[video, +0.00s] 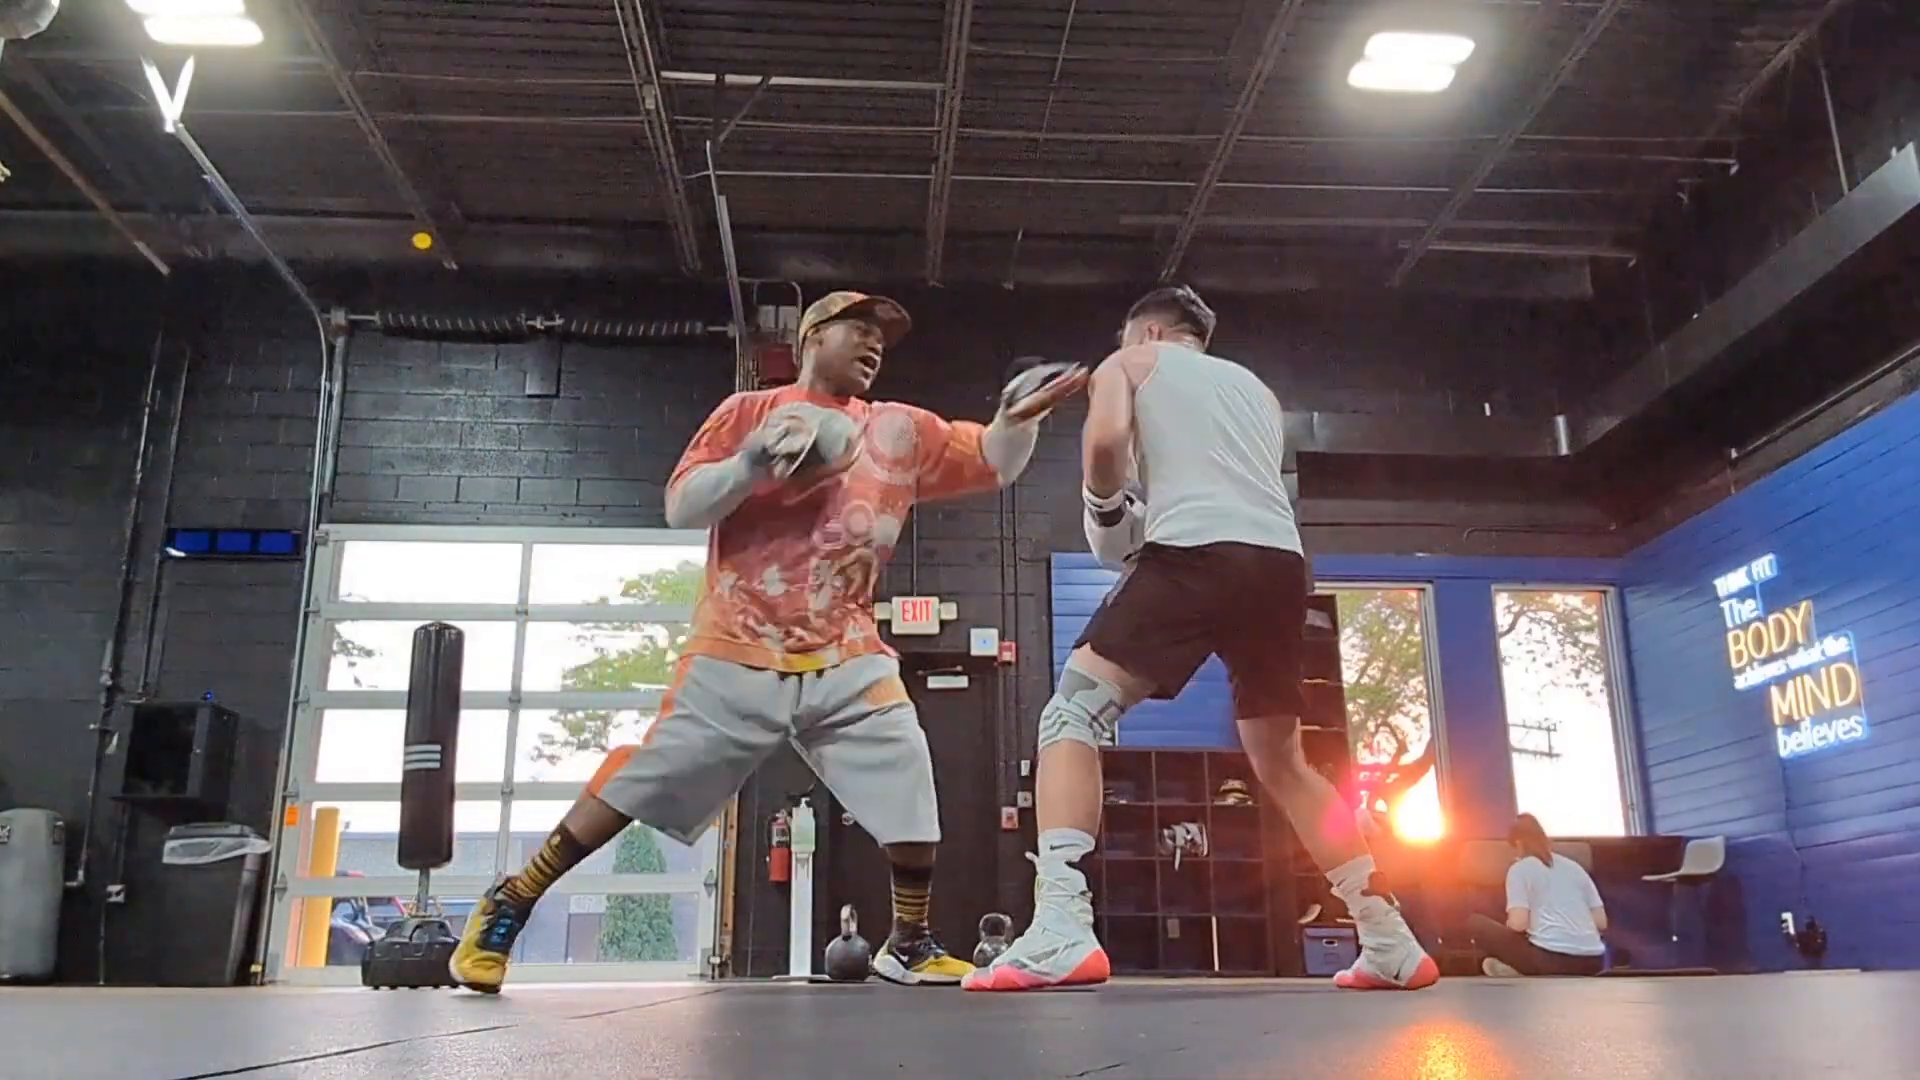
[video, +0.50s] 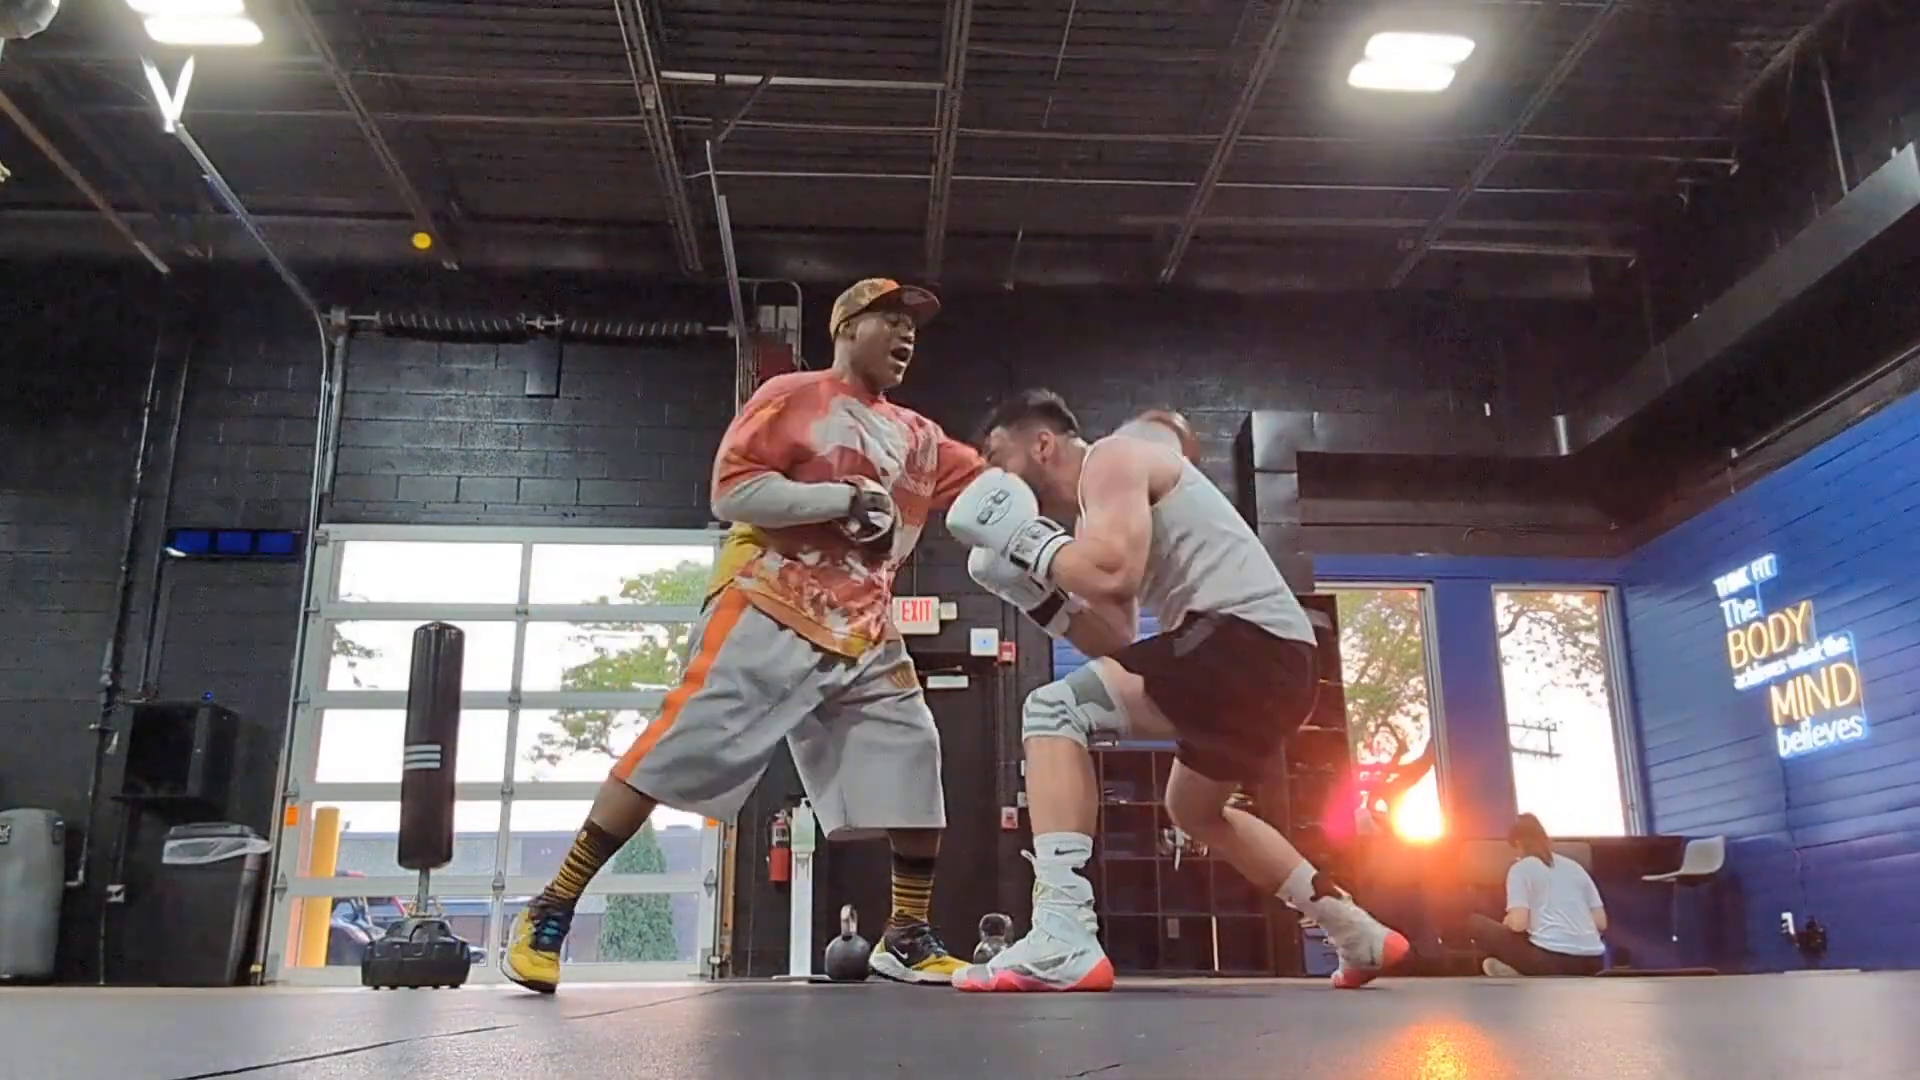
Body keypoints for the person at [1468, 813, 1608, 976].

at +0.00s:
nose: (1514, 852)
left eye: (1513, 847)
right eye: (1512, 848)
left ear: (1519, 844)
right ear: (1543, 839)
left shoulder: (1520, 870)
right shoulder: (1575, 868)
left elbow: (1518, 924)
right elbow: (1600, 921)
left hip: (1550, 961)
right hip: (1592, 962)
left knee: (1475, 923)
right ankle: (1511, 965)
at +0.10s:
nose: (1514, 853)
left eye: (1513, 847)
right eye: (1512, 848)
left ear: (1519, 844)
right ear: (1543, 839)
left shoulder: (1520, 870)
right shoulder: (1575, 868)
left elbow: (1518, 923)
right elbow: (1600, 921)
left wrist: (1508, 924)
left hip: (1550, 961)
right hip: (1592, 962)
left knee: (1475, 923)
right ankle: (1511, 965)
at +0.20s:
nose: (1514, 853)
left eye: (1513, 848)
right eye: (1513, 848)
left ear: (1519, 844)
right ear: (1543, 839)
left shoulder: (1520, 870)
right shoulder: (1575, 867)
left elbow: (1519, 924)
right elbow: (1600, 922)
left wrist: (1508, 921)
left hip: (1550, 961)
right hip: (1592, 962)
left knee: (1475, 923)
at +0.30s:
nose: (1515, 853)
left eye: (1514, 848)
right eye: (1513, 848)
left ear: (1519, 844)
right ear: (1543, 839)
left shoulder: (1520, 870)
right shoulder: (1575, 867)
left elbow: (1519, 924)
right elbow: (1601, 922)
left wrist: (1508, 920)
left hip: (1550, 961)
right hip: (1592, 962)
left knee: (1475, 923)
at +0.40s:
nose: (1514, 853)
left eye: (1513, 848)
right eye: (1513, 848)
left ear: (1519, 844)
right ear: (1544, 840)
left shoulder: (1520, 870)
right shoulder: (1575, 867)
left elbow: (1519, 924)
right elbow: (1601, 922)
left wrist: (1508, 920)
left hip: (1550, 961)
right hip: (1592, 962)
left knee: (1475, 923)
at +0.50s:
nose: (1515, 853)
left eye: (1513, 848)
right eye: (1513, 848)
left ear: (1518, 844)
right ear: (1544, 839)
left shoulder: (1520, 869)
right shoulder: (1575, 867)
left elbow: (1519, 924)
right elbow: (1601, 922)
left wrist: (1508, 920)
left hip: (1550, 961)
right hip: (1592, 962)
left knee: (1475, 923)